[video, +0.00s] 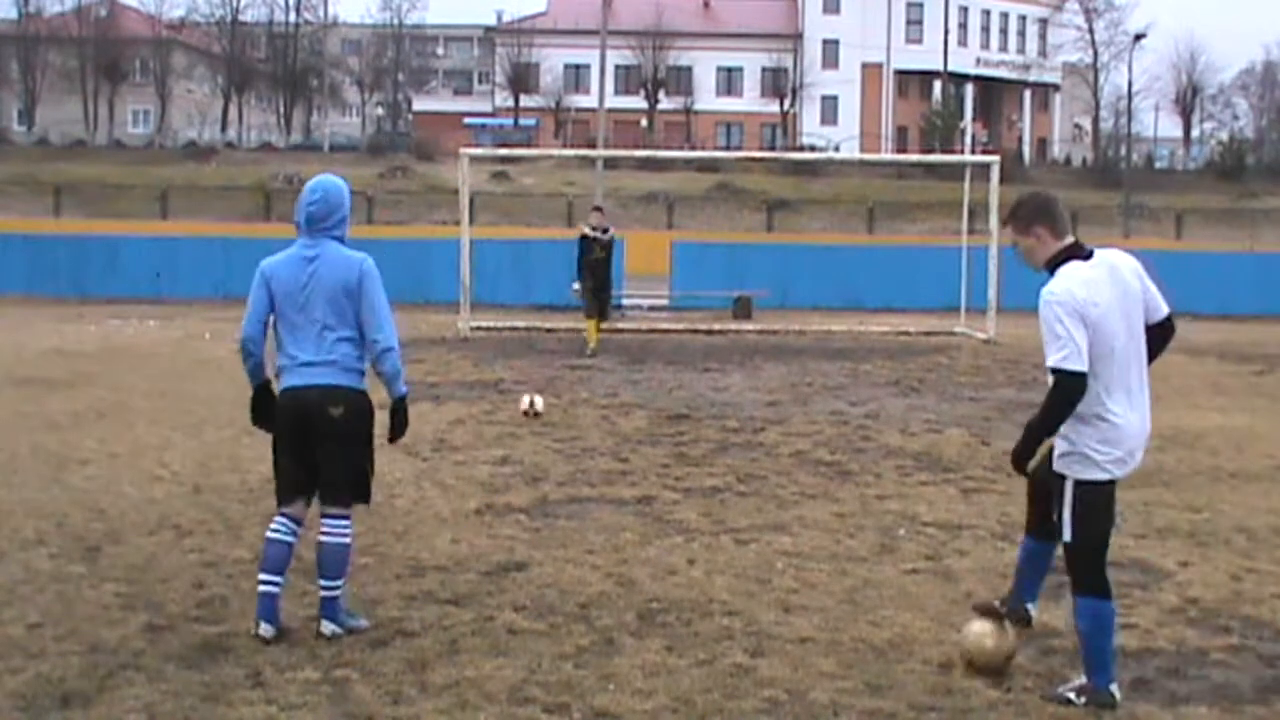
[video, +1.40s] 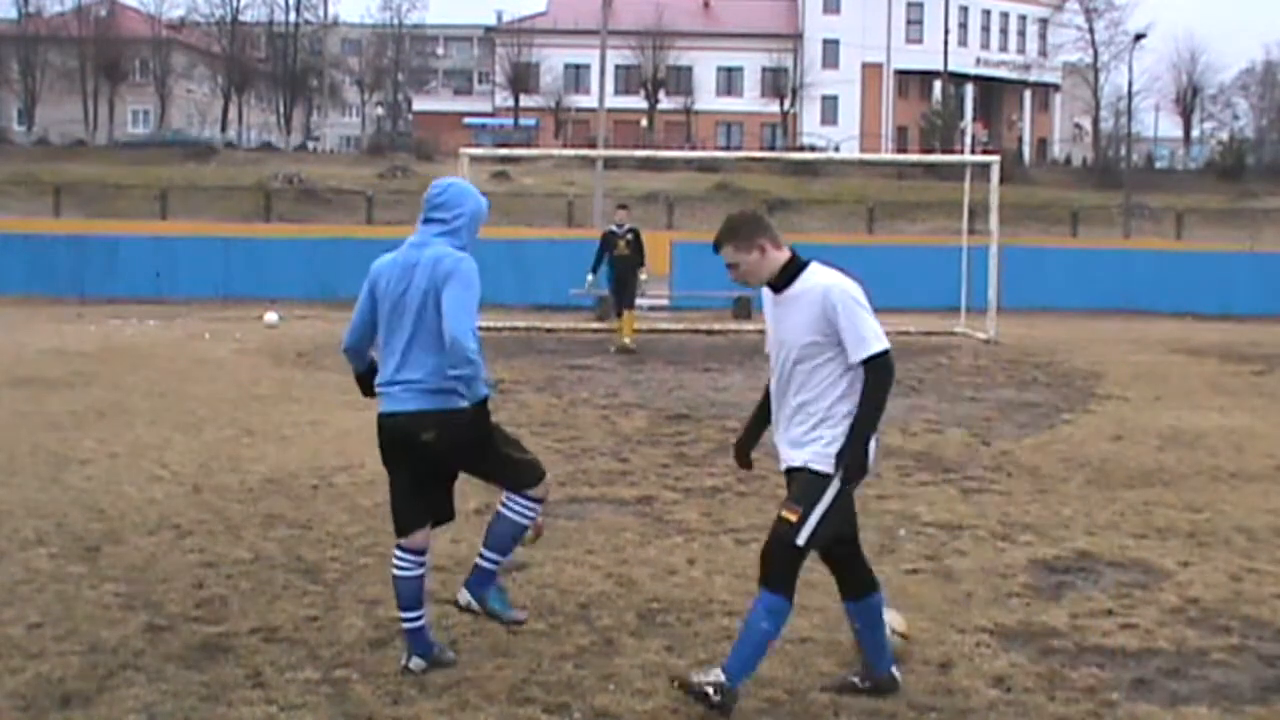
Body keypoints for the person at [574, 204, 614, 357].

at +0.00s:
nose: (595, 222)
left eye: (598, 218)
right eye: (592, 218)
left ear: (603, 220)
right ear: (589, 220)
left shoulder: (608, 238)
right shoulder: (584, 238)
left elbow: (608, 262)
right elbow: (580, 260)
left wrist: (610, 283)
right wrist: (578, 279)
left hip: (604, 281)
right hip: (588, 280)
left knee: (600, 314)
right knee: (591, 312)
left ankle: (592, 337)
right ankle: (592, 343)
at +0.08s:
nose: (599, 219)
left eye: (602, 216)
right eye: (597, 215)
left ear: (606, 218)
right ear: (592, 217)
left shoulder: (610, 234)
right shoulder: (586, 236)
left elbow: (616, 247)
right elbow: (579, 257)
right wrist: (576, 276)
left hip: (606, 279)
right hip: (590, 279)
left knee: (610, 312)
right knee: (591, 313)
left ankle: (596, 330)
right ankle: (592, 343)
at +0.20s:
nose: (603, 219)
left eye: (606, 216)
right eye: (601, 216)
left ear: (610, 218)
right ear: (596, 217)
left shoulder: (616, 234)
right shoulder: (589, 236)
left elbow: (625, 253)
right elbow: (579, 255)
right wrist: (574, 267)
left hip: (611, 277)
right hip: (594, 277)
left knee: (617, 309)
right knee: (594, 312)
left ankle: (615, 340)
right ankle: (592, 343)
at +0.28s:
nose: (608, 219)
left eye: (610, 216)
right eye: (605, 215)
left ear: (614, 217)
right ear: (600, 217)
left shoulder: (619, 234)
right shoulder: (593, 234)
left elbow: (626, 250)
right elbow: (583, 250)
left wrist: (632, 261)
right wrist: (577, 259)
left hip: (614, 277)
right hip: (597, 277)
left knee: (620, 310)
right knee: (596, 312)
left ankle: (620, 341)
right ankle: (593, 344)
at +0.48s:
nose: (622, 218)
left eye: (624, 214)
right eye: (619, 214)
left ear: (627, 217)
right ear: (614, 215)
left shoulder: (629, 235)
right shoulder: (606, 233)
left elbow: (635, 258)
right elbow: (595, 252)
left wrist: (644, 274)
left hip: (622, 275)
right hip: (606, 275)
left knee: (623, 310)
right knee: (600, 310)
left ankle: (620, 342)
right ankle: (594, 343)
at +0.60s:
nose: (626, 217)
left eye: (628, 213)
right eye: (623, 213)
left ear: (631, 215)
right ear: (618, 214)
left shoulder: (633, 233)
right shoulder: (611, 232)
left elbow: (636, 258)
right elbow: (605, 254)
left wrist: (643, 276)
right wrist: (605, 272)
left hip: (625, 274)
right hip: (609, 273)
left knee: (623, 309)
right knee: (602, 309)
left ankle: (620, 341)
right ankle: (597, 341)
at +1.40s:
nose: (620, 218)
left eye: (623, 215)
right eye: (618, 215)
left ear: (628, 216)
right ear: (614, 216)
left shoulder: (634, 233)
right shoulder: (608, 235)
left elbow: (640, 252)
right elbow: (600, 255)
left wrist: (642, 268)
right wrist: (593, 272)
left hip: (631, 273)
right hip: (615, 273)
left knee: (629, 306)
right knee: (618, 307)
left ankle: (627, 338)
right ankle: (620, 338)